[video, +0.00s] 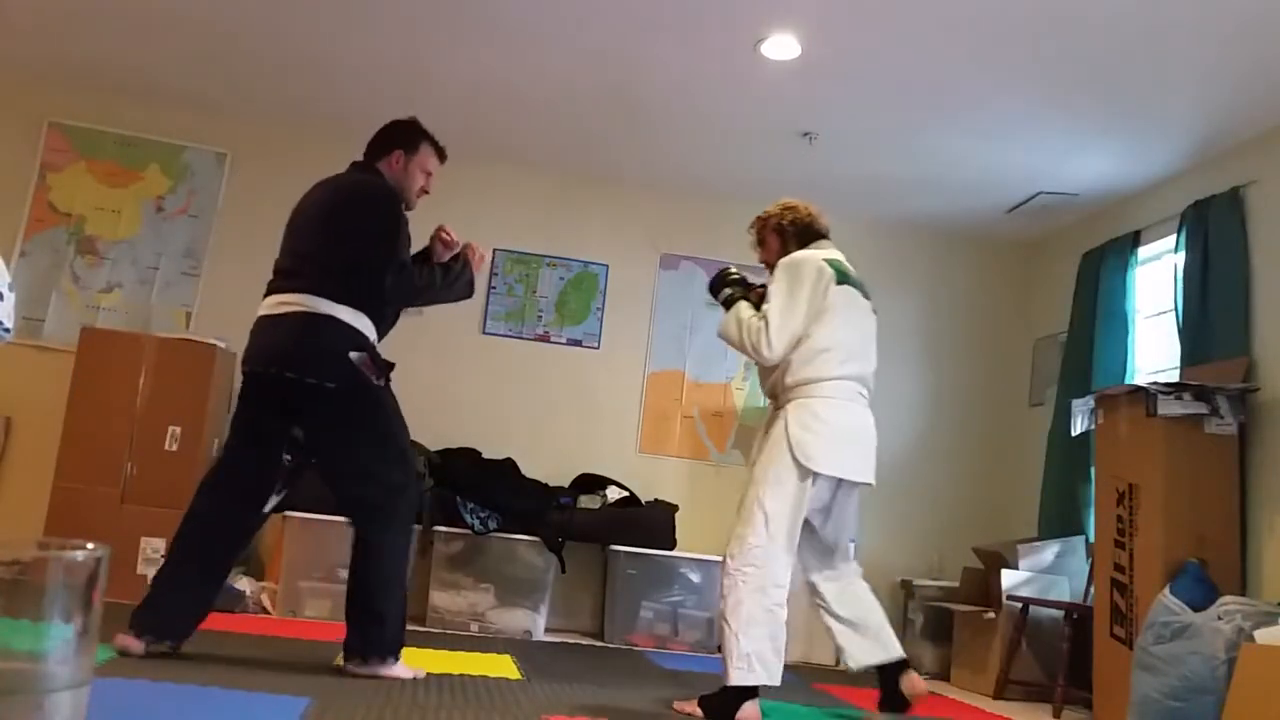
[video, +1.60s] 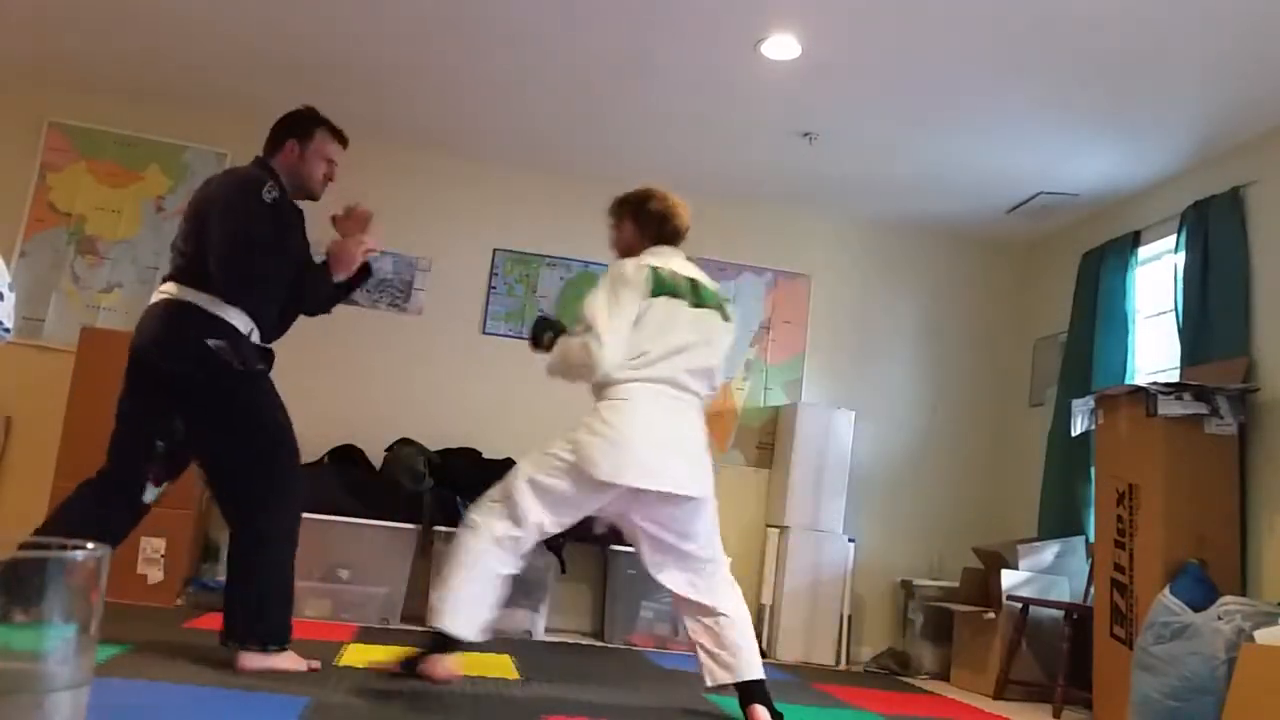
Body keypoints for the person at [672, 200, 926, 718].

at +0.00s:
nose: (761, 255)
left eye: (762, 244)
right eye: (759, 247)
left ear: (779, 235)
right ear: (813, 235)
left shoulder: (798, 267)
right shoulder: (853, 286)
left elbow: (767, 344)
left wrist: (733, 301)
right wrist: (761, 303)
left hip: (807, 425)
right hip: (854, 432)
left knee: (755, 552)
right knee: (830, 560)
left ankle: (741, 687)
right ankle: (893, 670)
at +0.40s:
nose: (739, 279)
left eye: (743, 267)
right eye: (737, 269)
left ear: (766, 262)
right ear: (789, 264)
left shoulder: (775, 295)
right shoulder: (818, 308)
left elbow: (741, 366)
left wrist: (708, 327)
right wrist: (730, 334)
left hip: (781, 444)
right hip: (819, 453)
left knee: (670, 527)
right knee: (784, 579)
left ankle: (668, 661)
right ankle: (830, 688)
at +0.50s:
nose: (720, 271)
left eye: (724, 261)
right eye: (720, 262)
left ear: (744, 257)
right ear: (771, 260)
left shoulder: (755, 288)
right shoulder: (803, 309)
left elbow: (730, 351)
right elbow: (782, 378)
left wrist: (685, 317)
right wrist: (714, 356)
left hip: (752, 439)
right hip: (794, 450)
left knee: (653, 525)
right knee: (782, 571)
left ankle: (604, 656)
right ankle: (833, 686)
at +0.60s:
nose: (690, 255)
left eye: (695, 246)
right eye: (692, 247)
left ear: (712, 246)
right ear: (744, 252)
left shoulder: (717, 275)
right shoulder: (780, 313)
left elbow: (696, 321)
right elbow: (791, 386)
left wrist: (639, 292)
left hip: (715, 434)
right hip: (768, 446)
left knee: (625, 528)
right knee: (780, 564)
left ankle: (551, 648)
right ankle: (832, 683)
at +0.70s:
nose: (649, 242)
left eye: (653, 234)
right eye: (651, 234)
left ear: (668, 234)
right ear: (709, 242)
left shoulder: (655, 268)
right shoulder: (744, 299)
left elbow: (580, 266)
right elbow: (773, 379)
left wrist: (516, 240)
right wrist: (712, 391)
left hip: (680, 440)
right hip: (743, 447)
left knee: (586, 547)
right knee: (764, 557)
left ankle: (521, 665)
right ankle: (818, 674)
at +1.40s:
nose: (644, 222)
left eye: (647, 211)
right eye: (643, 212)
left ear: (671, 207)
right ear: (703, 213)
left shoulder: (661, 246)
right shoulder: (748, 282)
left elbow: (620, 326)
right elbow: (737, 366)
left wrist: (579, 298)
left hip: (648, 427)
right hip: (714, 440)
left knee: (555, 526)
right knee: (719, 563)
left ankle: (534, 665)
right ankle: (758, 700)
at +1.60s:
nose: (613, 239)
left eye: (616, 229)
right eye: (613, 229)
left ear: (636, 229)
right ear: (674, 233)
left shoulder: (629, 273)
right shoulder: (716, 301)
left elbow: (599, 358)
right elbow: (709, 379)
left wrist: (553, 345)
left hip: (618, 436)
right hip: (686, 451)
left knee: (501, 518)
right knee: (707, 576)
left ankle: (446, 647)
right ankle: (758, 704)